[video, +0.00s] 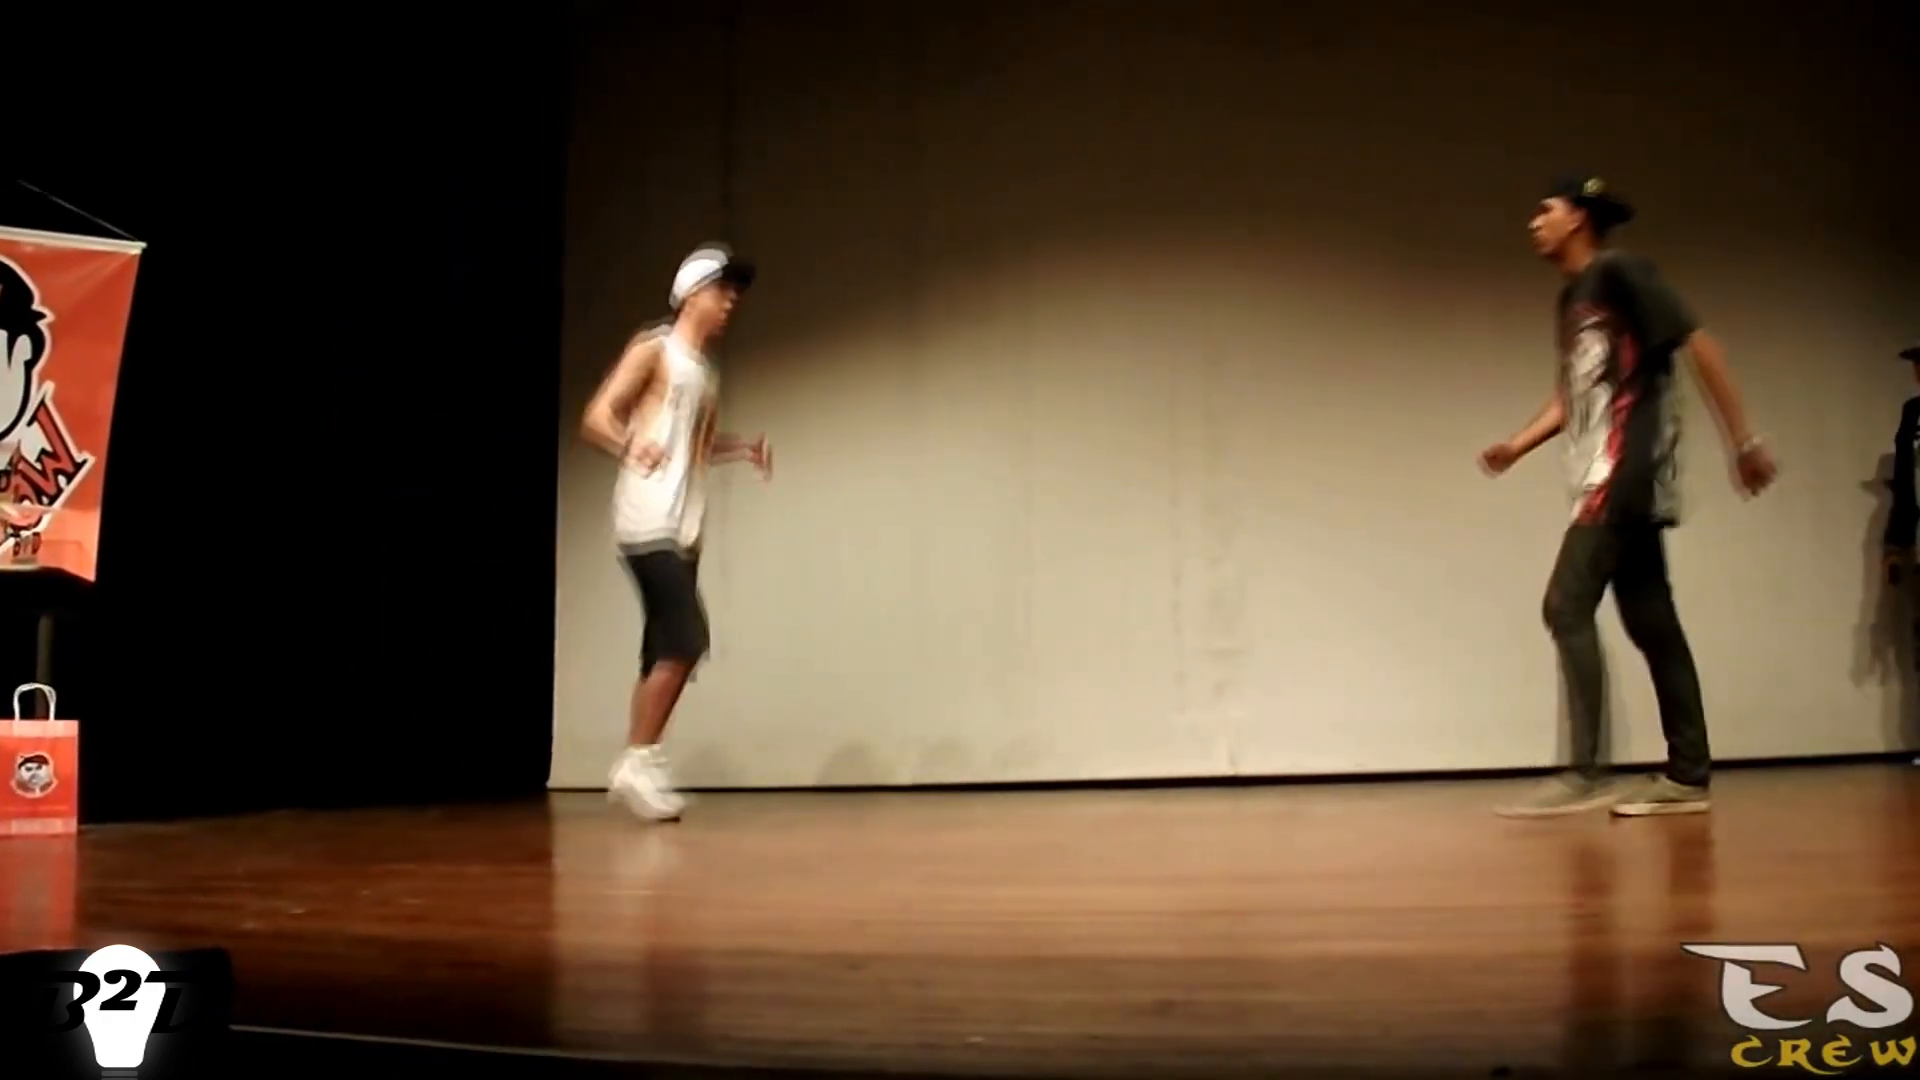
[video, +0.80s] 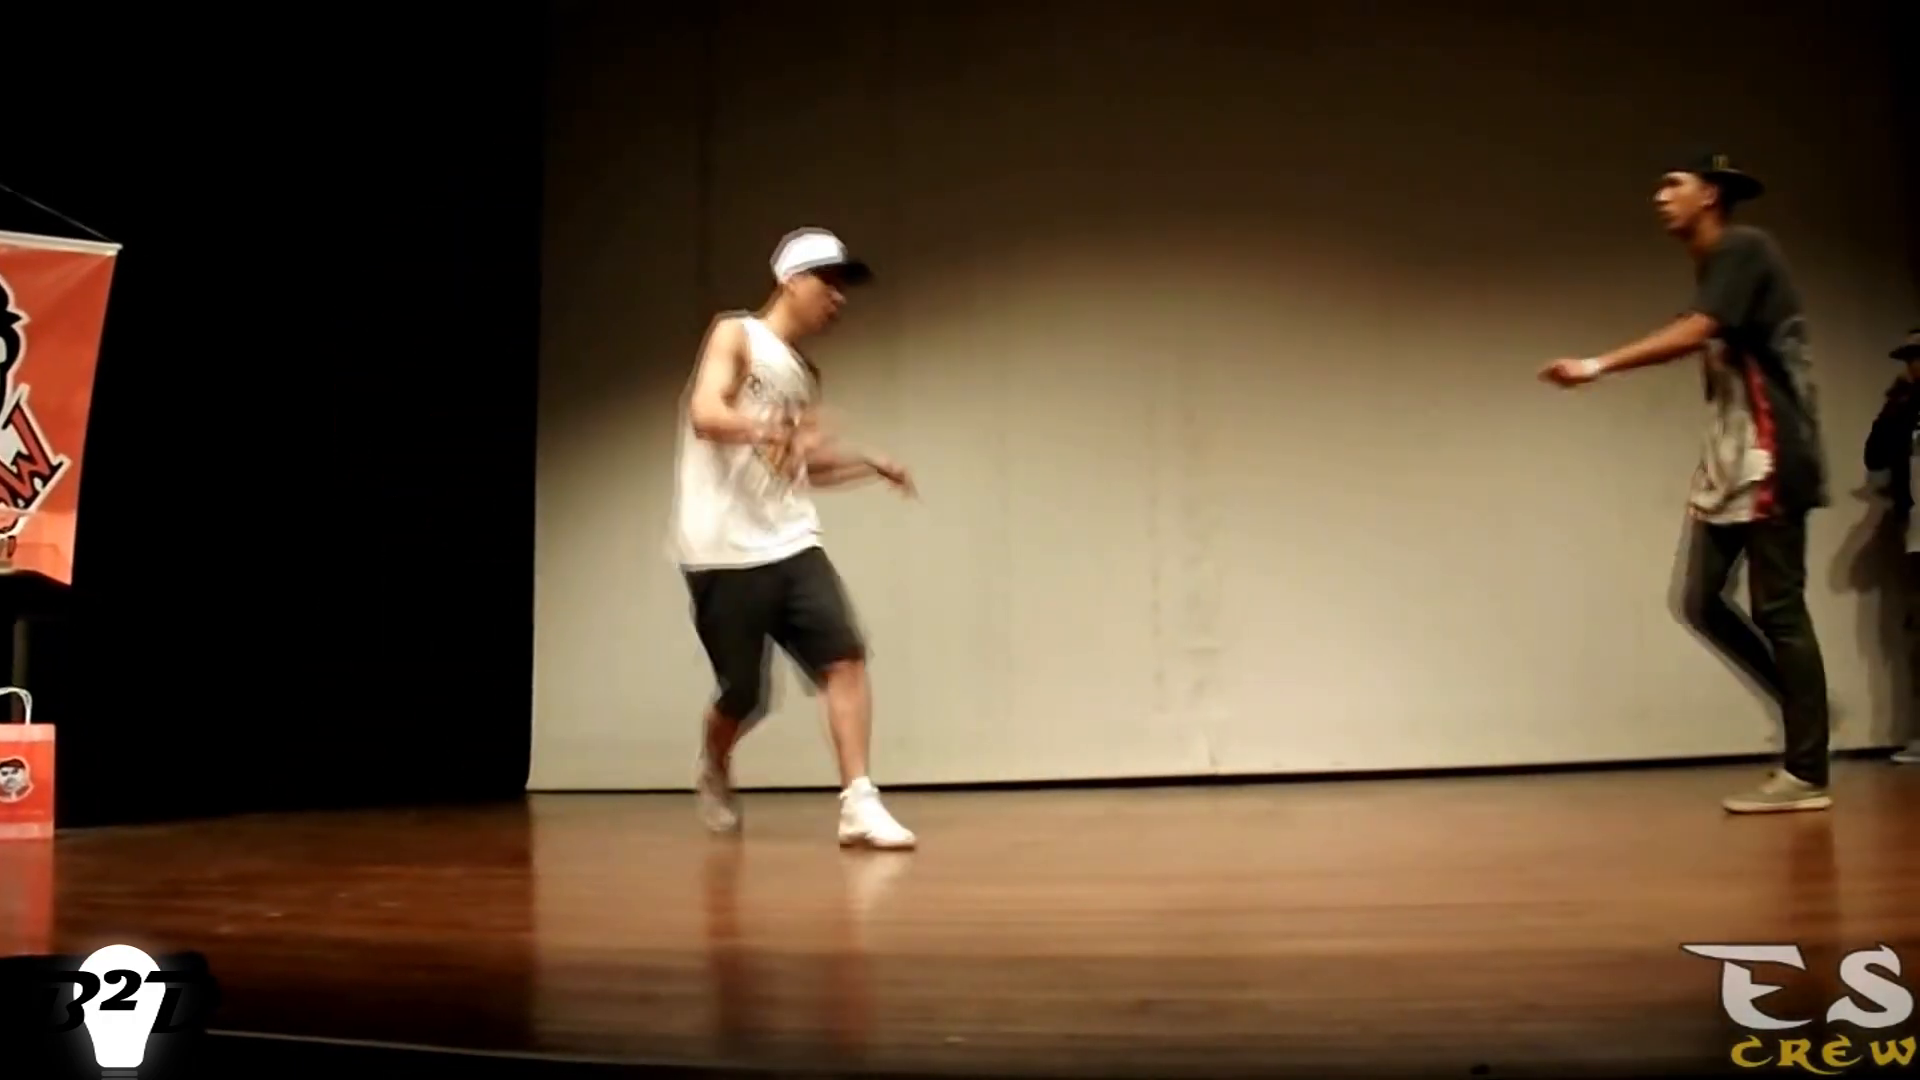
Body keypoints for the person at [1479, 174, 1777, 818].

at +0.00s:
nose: (1534, 223)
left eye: (1546, 212)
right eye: (1537, 213)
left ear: (1582, 220)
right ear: (1571, 224)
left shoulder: (1625, 274)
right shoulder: (1573, 296)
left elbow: (1699, 347)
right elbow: (1569, 398)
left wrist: (1742, 442)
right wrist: (1515, 446)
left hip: (1625, 481)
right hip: (1612, 483)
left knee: (1566, 608)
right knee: (1654, 624)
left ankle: (1583, 776)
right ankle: (1689, 776)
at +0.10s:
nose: (1551, 220)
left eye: (1562, 208)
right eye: (1553, 210)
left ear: (1598, 215)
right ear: (1589, 220)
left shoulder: (1637, 264)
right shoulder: (1591, 290)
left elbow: (1714, 334)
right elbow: (1587, 398)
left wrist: (1764, 429)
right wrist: (1534, 444)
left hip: (1635, 469)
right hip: (1632, 472)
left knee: (1572, 598)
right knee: (1660, 620)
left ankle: (1658, 748)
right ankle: (1687, 775)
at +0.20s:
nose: (1564, 218)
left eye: (1575, 207)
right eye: (1566, 208)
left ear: (1611, 215)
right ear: (1603, 219)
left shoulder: (1644, 263)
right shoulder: (1612, 286)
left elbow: (1718, 332)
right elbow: (1612, 397)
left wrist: (1769, 426)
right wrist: (1558, 457)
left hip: (1648, 467)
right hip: (1641, 469)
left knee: (1592, 600)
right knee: (1667, 612)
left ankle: (1710, 719)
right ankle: (1684, 772)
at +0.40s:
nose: (1596, 212)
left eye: (1608, 201)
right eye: (1599, 202)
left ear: (1644, 210)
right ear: (1632, 214)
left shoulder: (1673, 266)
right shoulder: (1647, 282)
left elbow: (1694, 348)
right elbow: (1654, 385)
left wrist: (1707, 435)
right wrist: (1649, 476)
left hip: (1683, 478)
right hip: (1654, 483)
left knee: (1698, 611)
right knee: (1673, 622)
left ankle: (1803, 757)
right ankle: (1680, 775)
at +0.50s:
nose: (1613, 211)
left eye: (1625, 199)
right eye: (1615, 201)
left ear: (1662, 208)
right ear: (1654, 212)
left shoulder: (1690, 259)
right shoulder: (1666, 276)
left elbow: (1683, 349)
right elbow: (1682, 373)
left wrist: (1641, 419)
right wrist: (1641, 433)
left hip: (1716, 470)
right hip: (1680, 473)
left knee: (1745, 610)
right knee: (1669, 619)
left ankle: (1811, 768)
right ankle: (1677, 776)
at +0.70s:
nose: (1642, 201)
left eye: (1655, 189)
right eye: (1644, 191)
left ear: (1693, 197)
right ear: (1681, 201)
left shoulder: (1726, 250)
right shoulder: (1699, 267)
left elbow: (1680, 332)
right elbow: (1723, 387)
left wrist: (1578, 375)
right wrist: (1700, 472)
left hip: (1765, 458)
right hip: (1719, 460)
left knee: (1775, 609)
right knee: (1666, 595)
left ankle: (1808, 772)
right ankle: (1754, 743)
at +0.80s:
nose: (1660, 196)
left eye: (1673, 185)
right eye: (1662, 186)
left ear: (1711, 195)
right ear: (1694, 199)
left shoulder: (1745, 250)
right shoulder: (1714, 268)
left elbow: (1699, 330)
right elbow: (1739, 386)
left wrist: (1597, 366)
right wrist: (1718, 471)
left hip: (1775, 463)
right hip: (1731, 465)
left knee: (1779, 612)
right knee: (1698, 602)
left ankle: (1806, 774)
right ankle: (1805, 707)